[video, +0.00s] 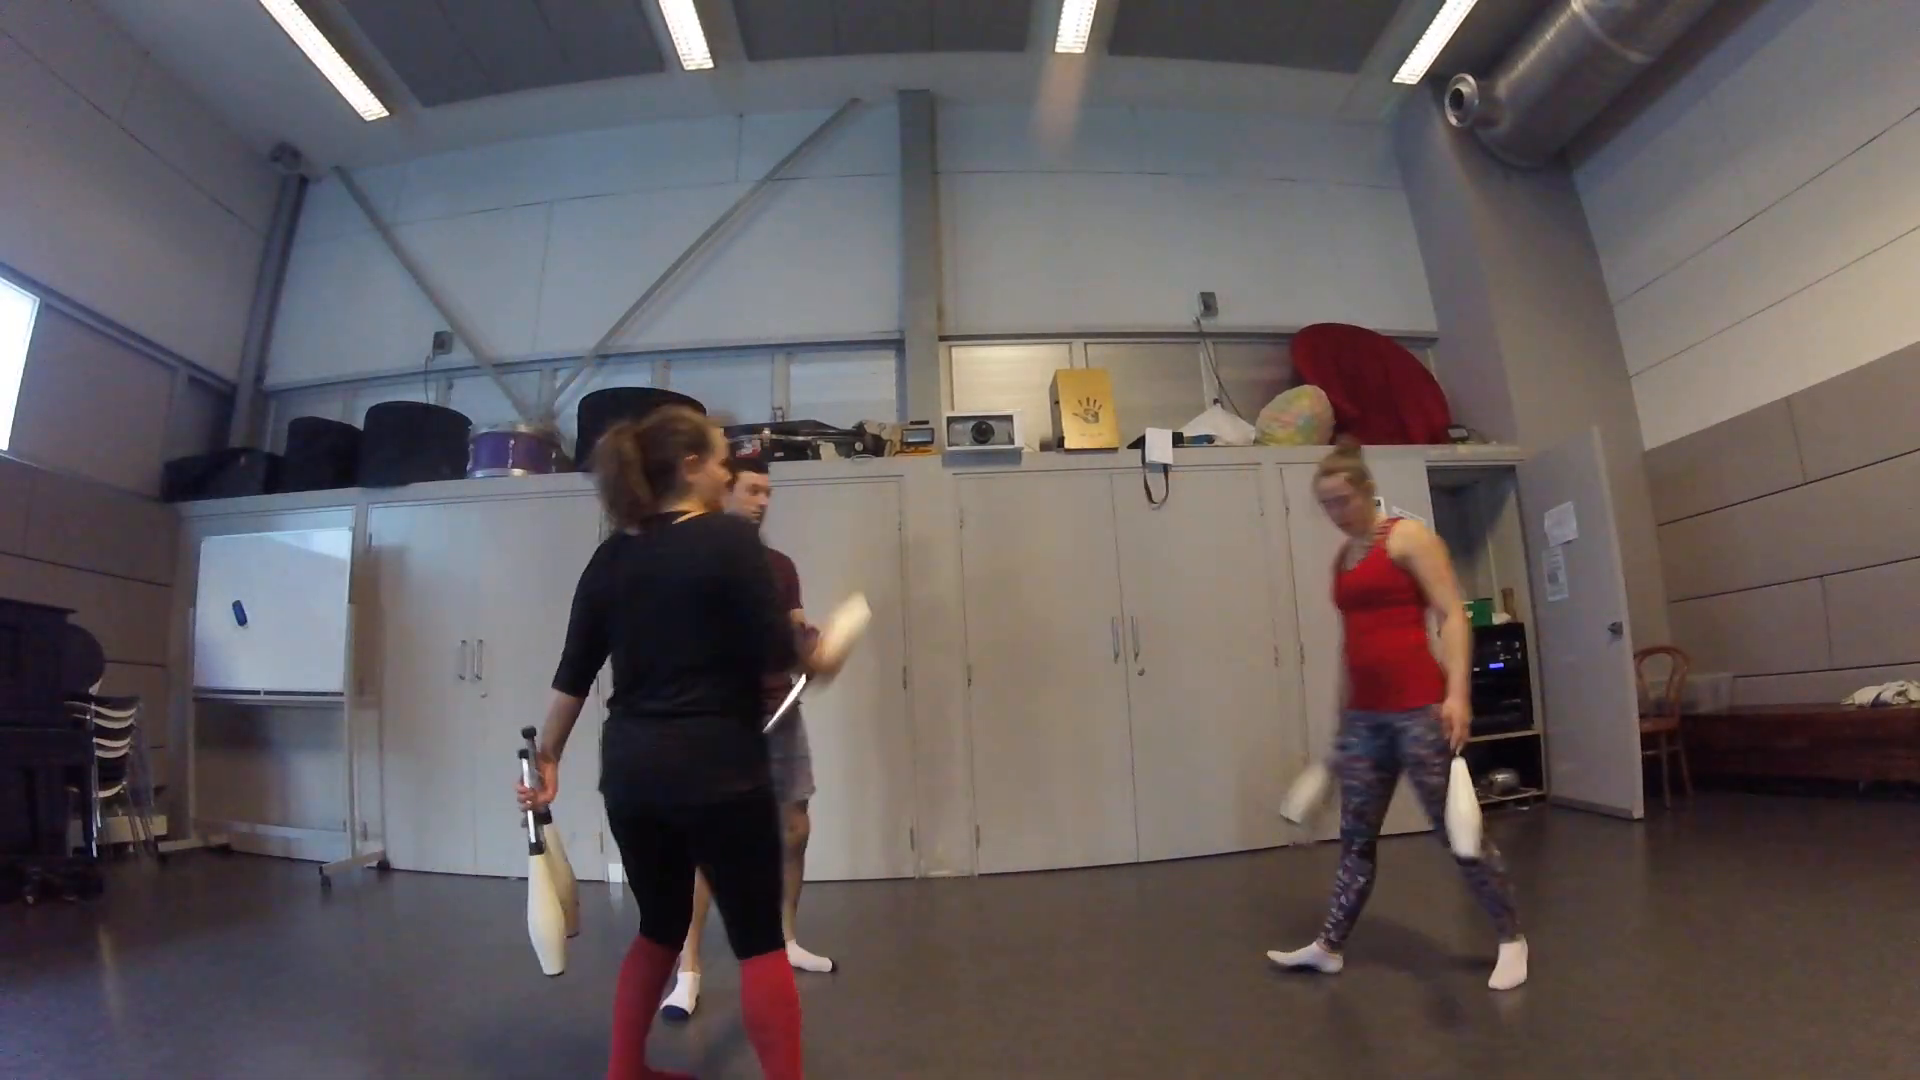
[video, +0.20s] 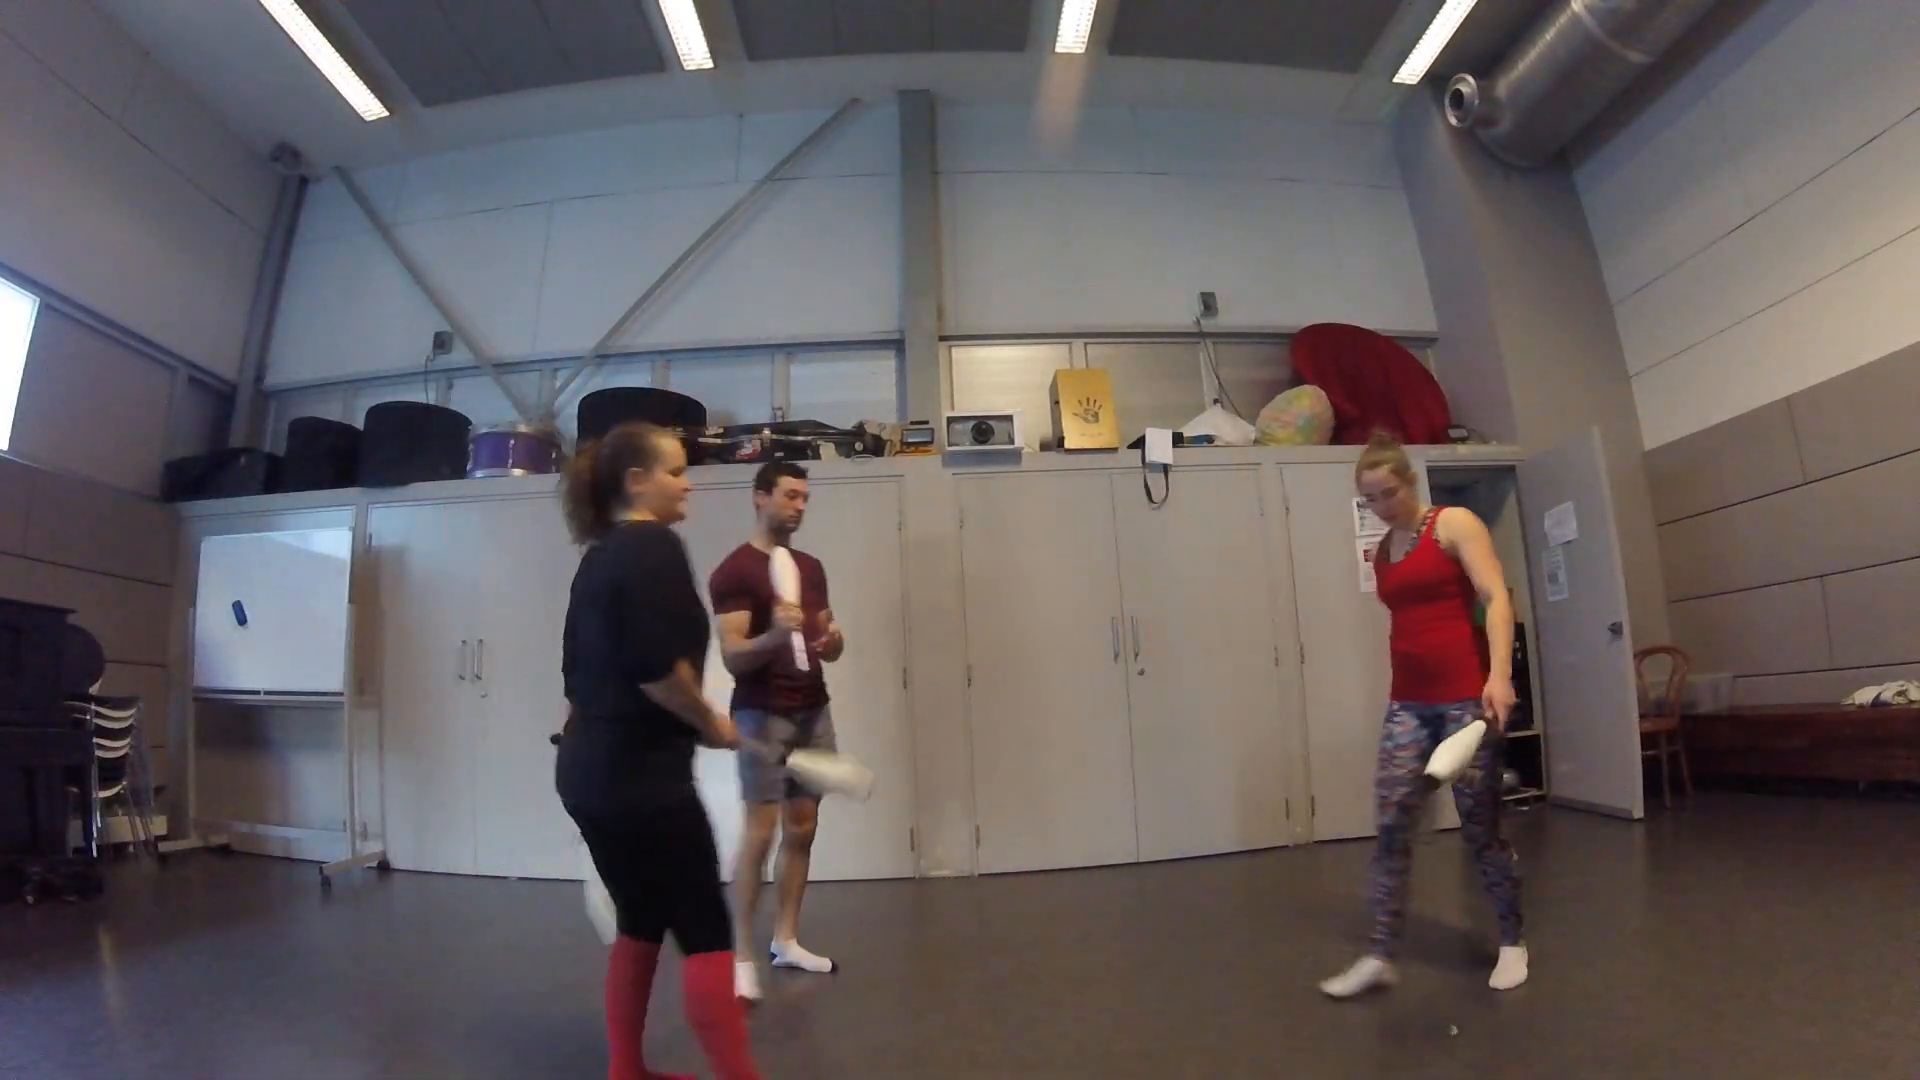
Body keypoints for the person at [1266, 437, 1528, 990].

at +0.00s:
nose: (1335, 512)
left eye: (1341, 499)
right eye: (1326, 503)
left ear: (1368, 491)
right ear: (1322, 505)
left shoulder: (1411, 538)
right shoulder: (1346, 556)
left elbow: (1453, 614)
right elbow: (1354, 644)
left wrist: (1457, 696)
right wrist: (1347, 718)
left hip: (1421, 711)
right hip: (1365, 716)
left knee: (1459, 827)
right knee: (1357, 836)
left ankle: (1511, 938)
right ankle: (1330, 944)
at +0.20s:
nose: (1379, 507)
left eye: (1386, 494)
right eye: (1370, 499)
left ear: (1411, 483)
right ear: (1366, 497)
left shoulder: (1455, 524)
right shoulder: (1388, 547)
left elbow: (1498, 596)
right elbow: (1409, 622)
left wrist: (1500, 675)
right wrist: (1404, 689)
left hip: (1466, 701)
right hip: (1408, 704)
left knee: (1482, 829)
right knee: (1393, 823)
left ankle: (1511, 942)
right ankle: (1381, 954)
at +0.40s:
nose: (1395, 503)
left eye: (1402, 491)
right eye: (1386, 495)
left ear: (1427, 479)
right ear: (1381, 493)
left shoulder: (1472, 527)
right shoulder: (1403, 541)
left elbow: (1491, 612)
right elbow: (1423, 620)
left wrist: (1475, 683)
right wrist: (1422, 690)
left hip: (1491, 698)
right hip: (1431, 703)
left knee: (1498, 828)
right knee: (1457, 830)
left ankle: (1514, 940)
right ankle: (1479, 964)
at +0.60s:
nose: (1384, 499)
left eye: (1391, 486)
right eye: (1377, 489)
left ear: (1421, 477)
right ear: (1379, 489)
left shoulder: (1470, 526)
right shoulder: (1401, 541)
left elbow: (1494, 613)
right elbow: (1417, 627)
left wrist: (1496, 696)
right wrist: (1419, 703)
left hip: (1486, 698)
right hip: (1431, 702)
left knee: (1503, 826)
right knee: (1444, 825)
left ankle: (1513, 943)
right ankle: (1448, 953)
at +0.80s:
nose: (1358, 491)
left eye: (1367, 480)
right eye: (1355, 482)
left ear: (1401, 479)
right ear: (1377, 485)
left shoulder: (1453, 530)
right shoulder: (1381, 548)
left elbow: (1500, 611)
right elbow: (1389, 638)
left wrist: (1534, 692)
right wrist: (1377, 714)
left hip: (1468, 705)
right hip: (1409, 709)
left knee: (1491, 825)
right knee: (1400, 826)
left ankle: (1513, 944)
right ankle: (1382, 945)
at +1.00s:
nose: (1337, 480)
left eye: (1348, 470)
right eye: (1336, 471)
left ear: (1384, 476)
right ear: (1351, 480)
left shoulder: (1419, 531)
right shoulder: (1355, 544)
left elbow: (1463, 617)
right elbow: (1361, 636)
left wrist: (1503, 695)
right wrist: (1349, 711)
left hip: (1427, 707)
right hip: (1371, 710)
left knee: (1444, 828)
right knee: (1385, 833)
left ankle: (1502, 938)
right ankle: (1380, 946)